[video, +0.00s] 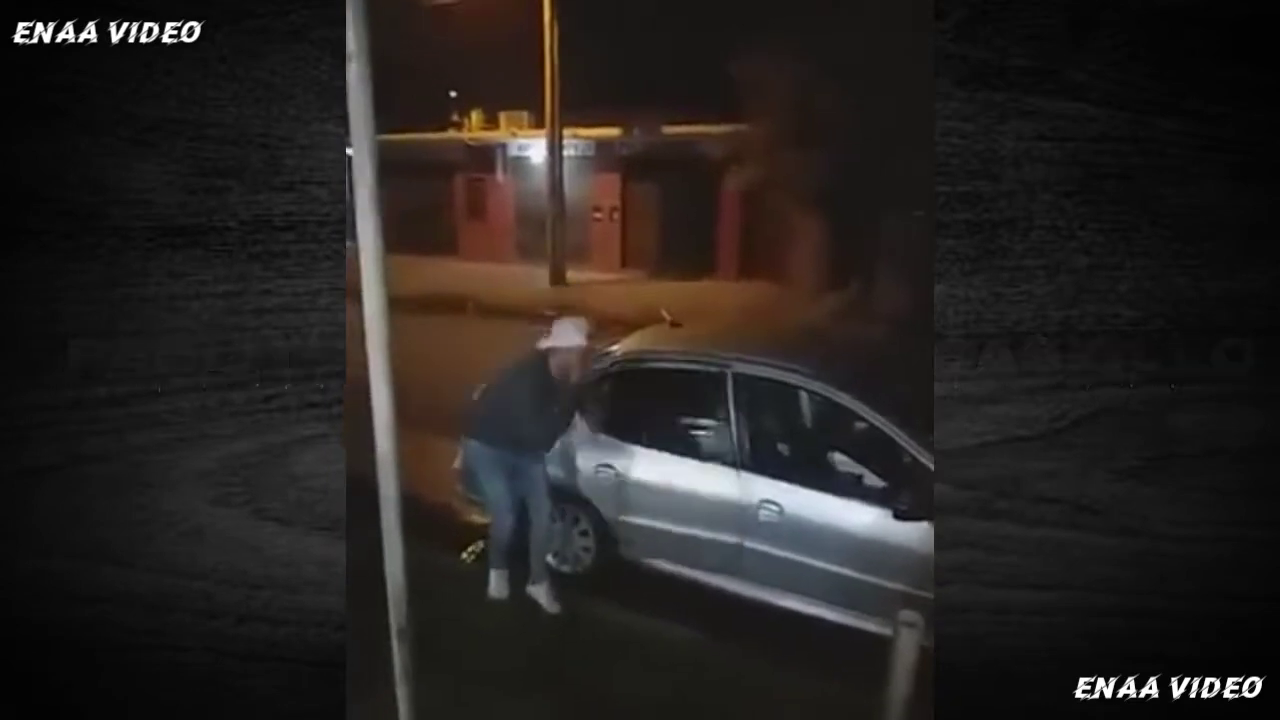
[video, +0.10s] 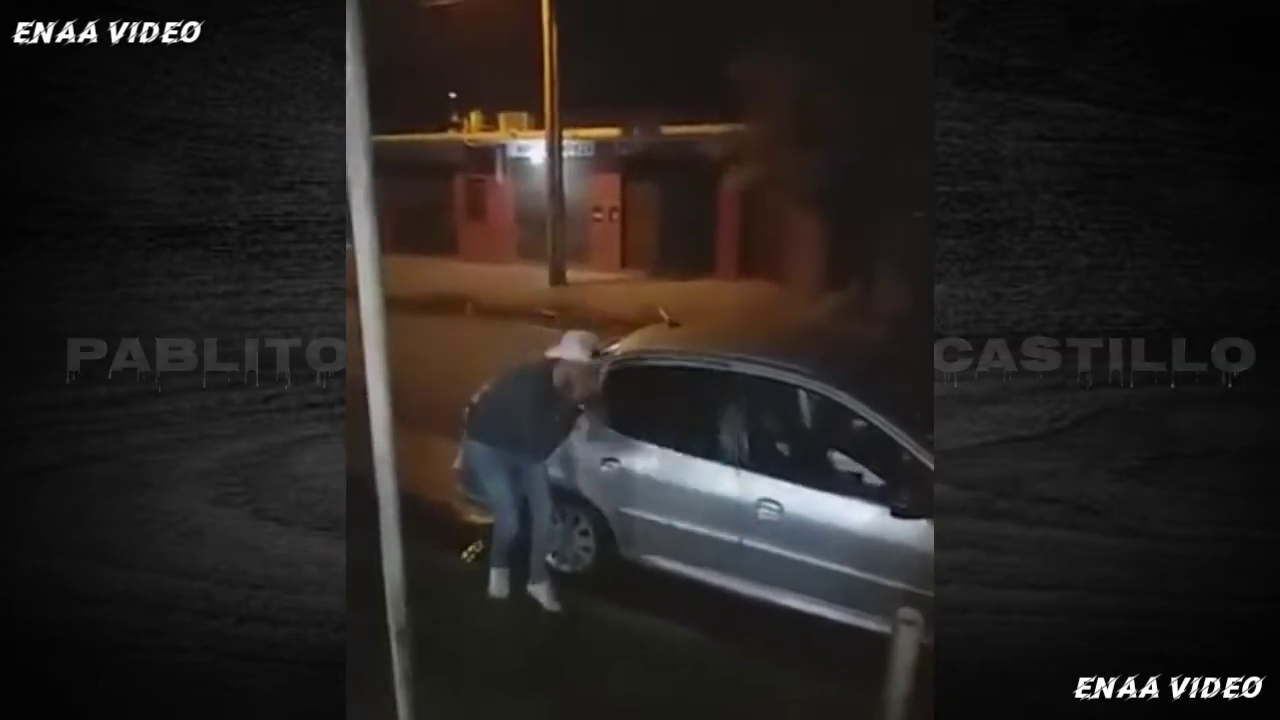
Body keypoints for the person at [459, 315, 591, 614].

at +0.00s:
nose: (574, 361)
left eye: (578, 355)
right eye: (571, 353)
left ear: (578, 355)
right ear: (556, 351)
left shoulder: (563, 382)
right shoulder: (526, 373)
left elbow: (558, 427)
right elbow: (534, 435)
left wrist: (578, 387)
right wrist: (567, 397)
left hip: (528, 452)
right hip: (488, 446)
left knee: (541, 515)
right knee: (504, 514)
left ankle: (537, 581)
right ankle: (498, 571)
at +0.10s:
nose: (572, 375)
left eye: (579, 369)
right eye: (570, 366)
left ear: (583, 371)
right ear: (560, 362)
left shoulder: (567, 396)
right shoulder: (526, 378)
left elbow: (542, 449)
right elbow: (537, 448)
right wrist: (568, 412)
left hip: (527, 453)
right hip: (487, 445)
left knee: (542, 515)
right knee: (508, 518)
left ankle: (537, 580)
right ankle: (499, 569)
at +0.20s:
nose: (593, 381)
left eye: (594, 374)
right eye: (588, 373)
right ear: (567, 369)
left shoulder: (572, 392)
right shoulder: (524, 380)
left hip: (530, 449)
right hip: (487, 442)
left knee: (542, 517)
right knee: (508, 519)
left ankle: (534, 582)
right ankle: (496, 568)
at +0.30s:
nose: (587, 370)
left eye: (588, 363)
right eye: (581, 363)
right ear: (560, 358)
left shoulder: (566, 381)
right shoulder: (521, 370)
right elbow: (527, 436)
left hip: (527, 445)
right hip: (487, 437)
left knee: (540, 513)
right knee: (514, 513)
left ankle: (532, 577)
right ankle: (496, 561)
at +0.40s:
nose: (579, 355)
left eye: (583, 348)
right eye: (573, 347)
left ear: (587, 346)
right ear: (553, 344)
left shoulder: (570, 364)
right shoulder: (521, 362)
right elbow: (516, 413)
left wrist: (586, 389)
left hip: (532, 437)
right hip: (491, 432)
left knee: (543, 507)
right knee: (522, 505)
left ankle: (531, 569)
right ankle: (504, 549)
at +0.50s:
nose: (580, 333)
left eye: (584, 325)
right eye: (572, 326)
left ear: (589, 324)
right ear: (555, 326)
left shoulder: (586, 347)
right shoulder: (530, 350)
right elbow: (521, 408)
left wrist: (596, 398)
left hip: (545, 428)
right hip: (503, 427)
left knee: (555, 492)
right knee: (538, 491)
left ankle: (544, 557)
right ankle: (531, 558)